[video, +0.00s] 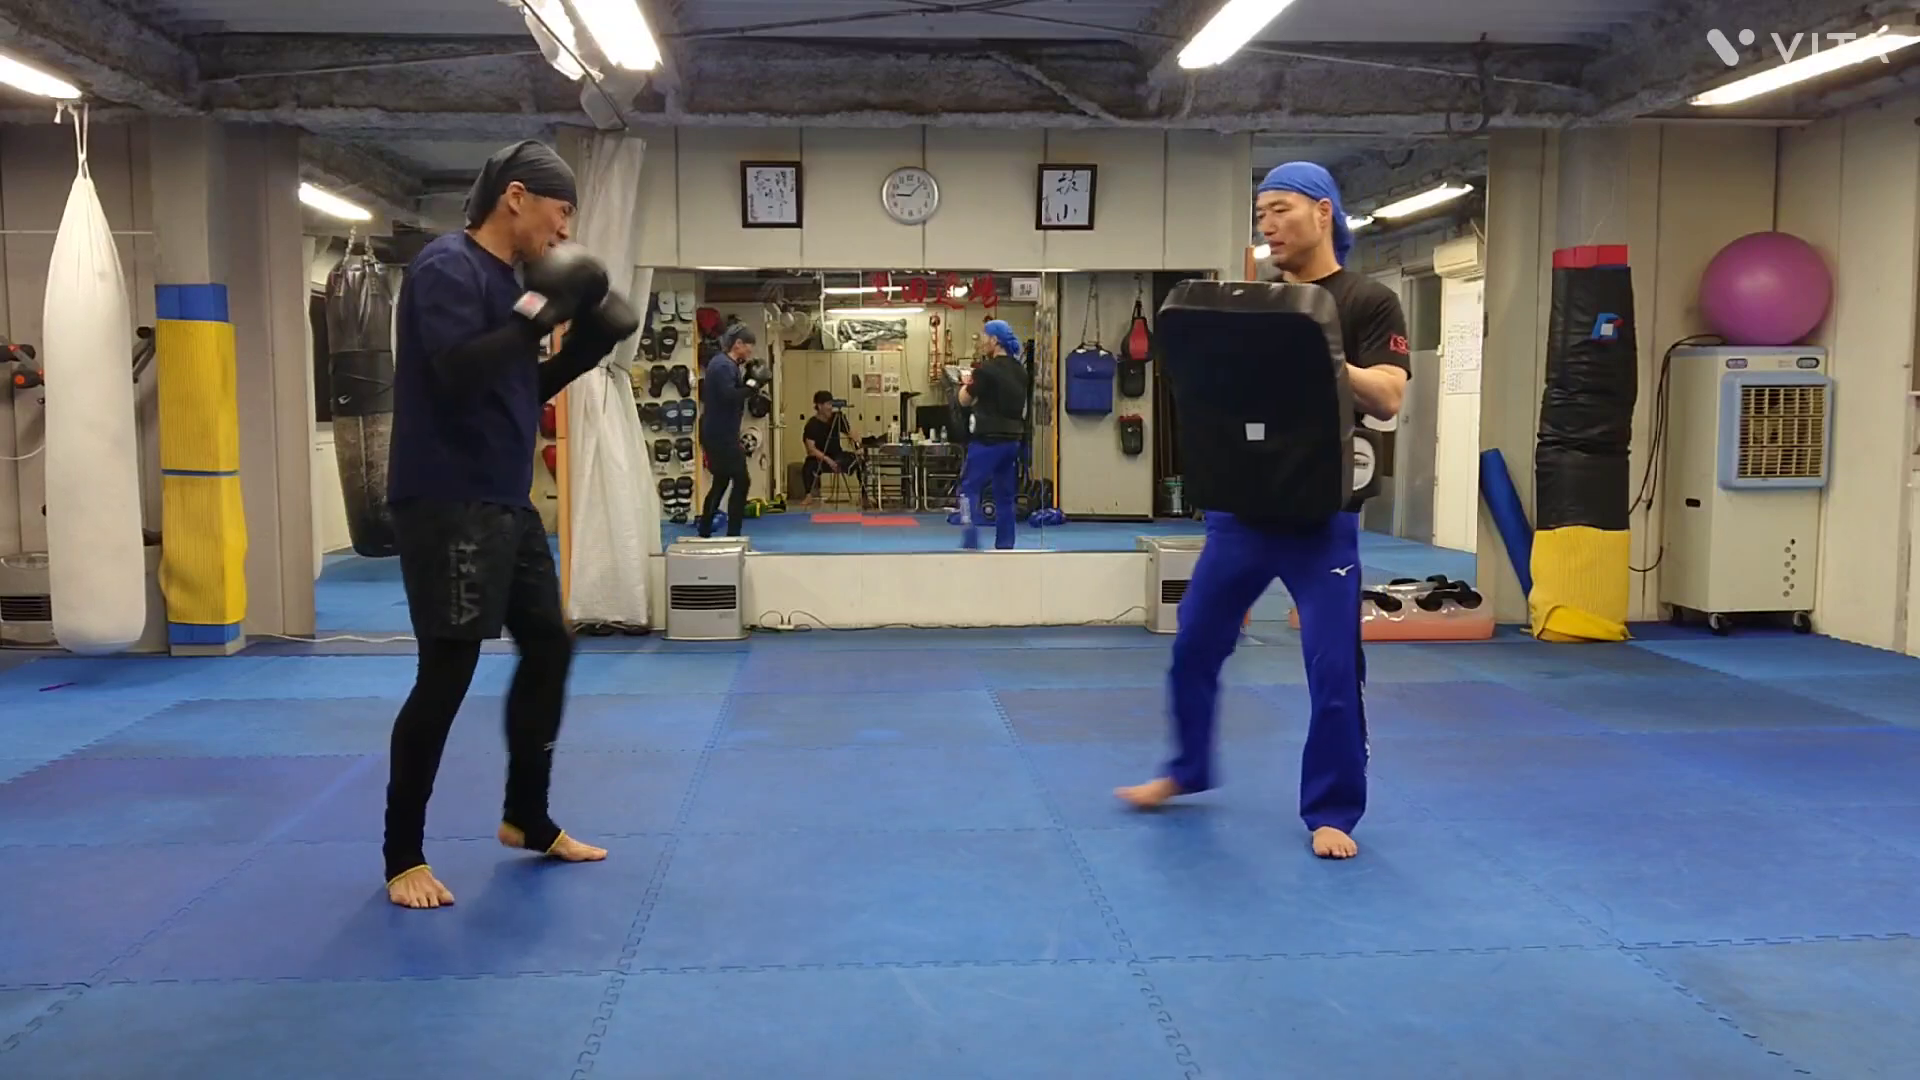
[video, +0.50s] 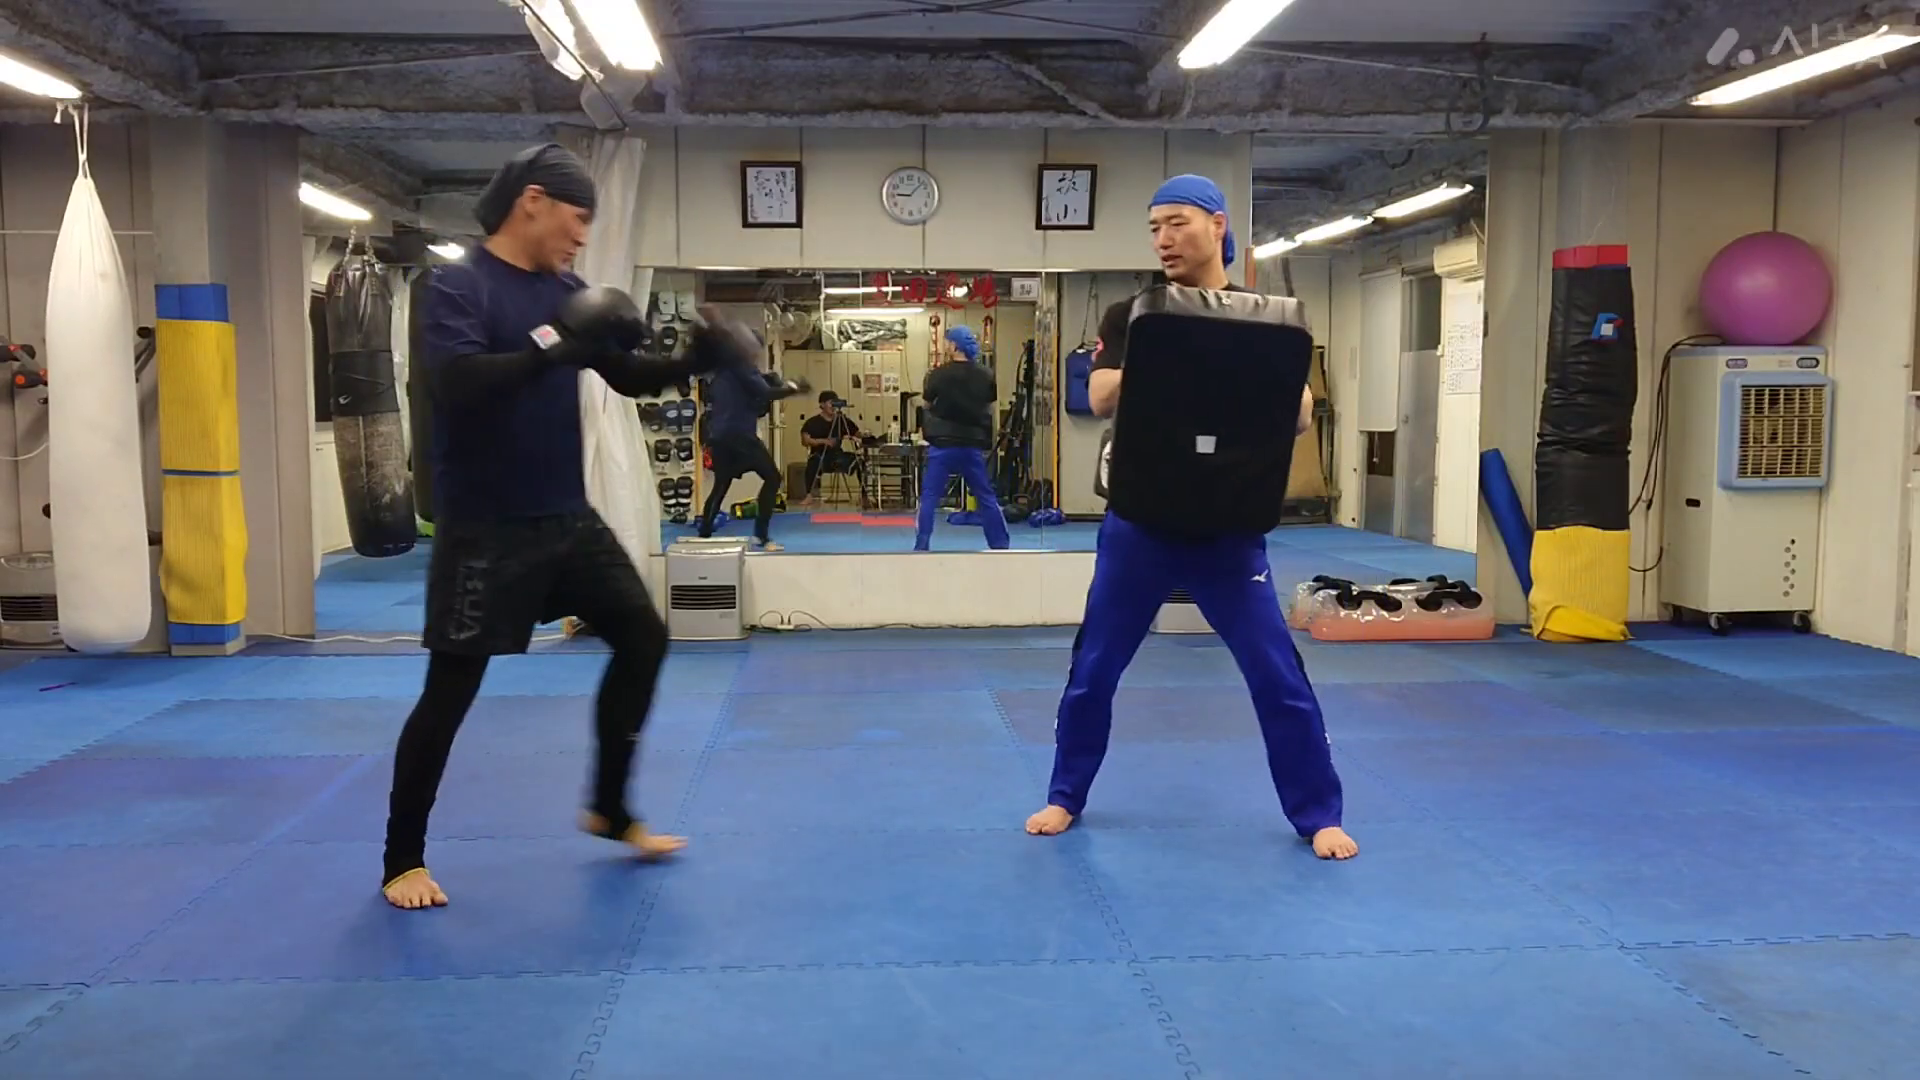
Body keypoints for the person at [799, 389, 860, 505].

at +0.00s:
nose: (831, 407)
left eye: (832, 404)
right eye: (828, 404)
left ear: (833, 405)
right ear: (818, 406)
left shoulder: (838, 417)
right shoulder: (811, 424)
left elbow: (851, 433)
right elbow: (811, 449)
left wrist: (858, 446)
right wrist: (828, 460)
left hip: (838, 456)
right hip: (820, 458)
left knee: (860, 461)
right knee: (809, 464)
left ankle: (865, 497)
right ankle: (809, 495)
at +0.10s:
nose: (832, 405)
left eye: (833, 402)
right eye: (829, 402)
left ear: (834, 404)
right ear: (820, 405)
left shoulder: (838, 418)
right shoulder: (812, 423)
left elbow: (850, 435)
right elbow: (809, 446)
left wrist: (855, 434)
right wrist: (827, 458)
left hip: (838, 456)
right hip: (820, 458)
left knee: (860, 461)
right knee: (809, 463)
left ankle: (864, 497)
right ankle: (809, 495)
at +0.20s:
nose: (833, 405)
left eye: (833, 402)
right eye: (830, 402)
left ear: (835, 403)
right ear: (821, 404)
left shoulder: (838, 418)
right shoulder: (812, 423)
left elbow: (850, 435)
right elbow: (808, 445)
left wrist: (857, 434)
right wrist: (825, 455)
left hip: (838, 455)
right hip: (820, 457)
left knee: (860, 461)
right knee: (809, 462)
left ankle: (864, 497)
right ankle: (809, 495)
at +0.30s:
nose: (833, 406)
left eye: (834, 403)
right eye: (830, 403)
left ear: (836, 404)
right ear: (821, 405)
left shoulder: (839, 418)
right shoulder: (812, 423)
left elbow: (852, 432)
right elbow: (806, 444)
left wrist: (859, 435)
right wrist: (824, 451)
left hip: (838, 455)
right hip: (820, 457)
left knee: (860, 461)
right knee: (809, 463)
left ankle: (864, 497)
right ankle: (809, 495)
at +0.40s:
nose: (833, 405)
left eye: (834, 402)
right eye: (830, 402)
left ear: (836, 403)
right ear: (821, 405)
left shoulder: (840, 419)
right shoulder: (811, 422)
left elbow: (855, 432)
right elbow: (805, 442)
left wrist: (862, 436)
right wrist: (824, 446)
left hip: (837, 455)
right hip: (819, 457)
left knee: (860, 462)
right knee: (811, 465)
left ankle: (864, 497)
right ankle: (809, 495)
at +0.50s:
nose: (834, 406)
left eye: (835, 403)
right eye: (830, 403)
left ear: (838, 405)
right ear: (822, 405)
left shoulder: (841, 419)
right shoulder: (812, 422)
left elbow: (856, 433)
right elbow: (805, 440)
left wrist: (855, 438)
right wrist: (824, 441)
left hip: (837, 455)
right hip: (819, 456)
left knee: (859, 462)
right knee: (813, 463)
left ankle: (864, 496)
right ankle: (810, 495)